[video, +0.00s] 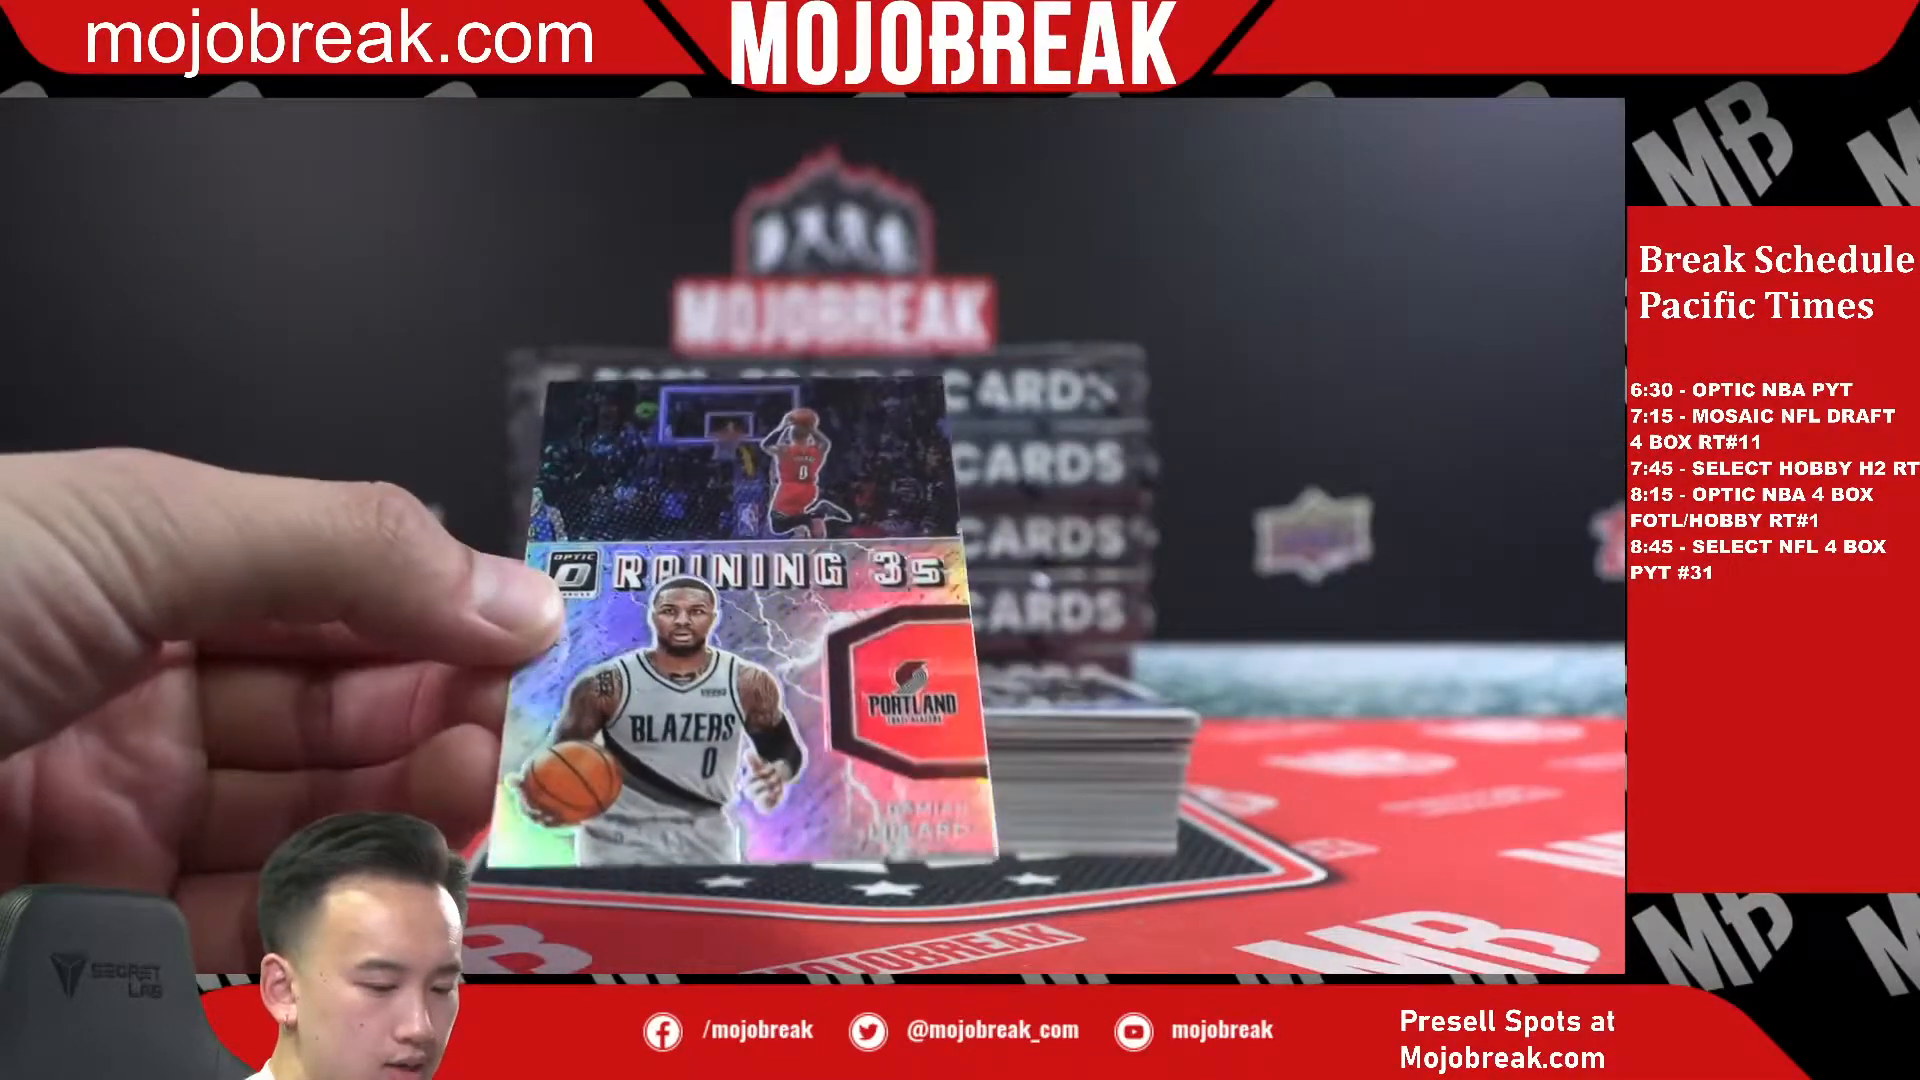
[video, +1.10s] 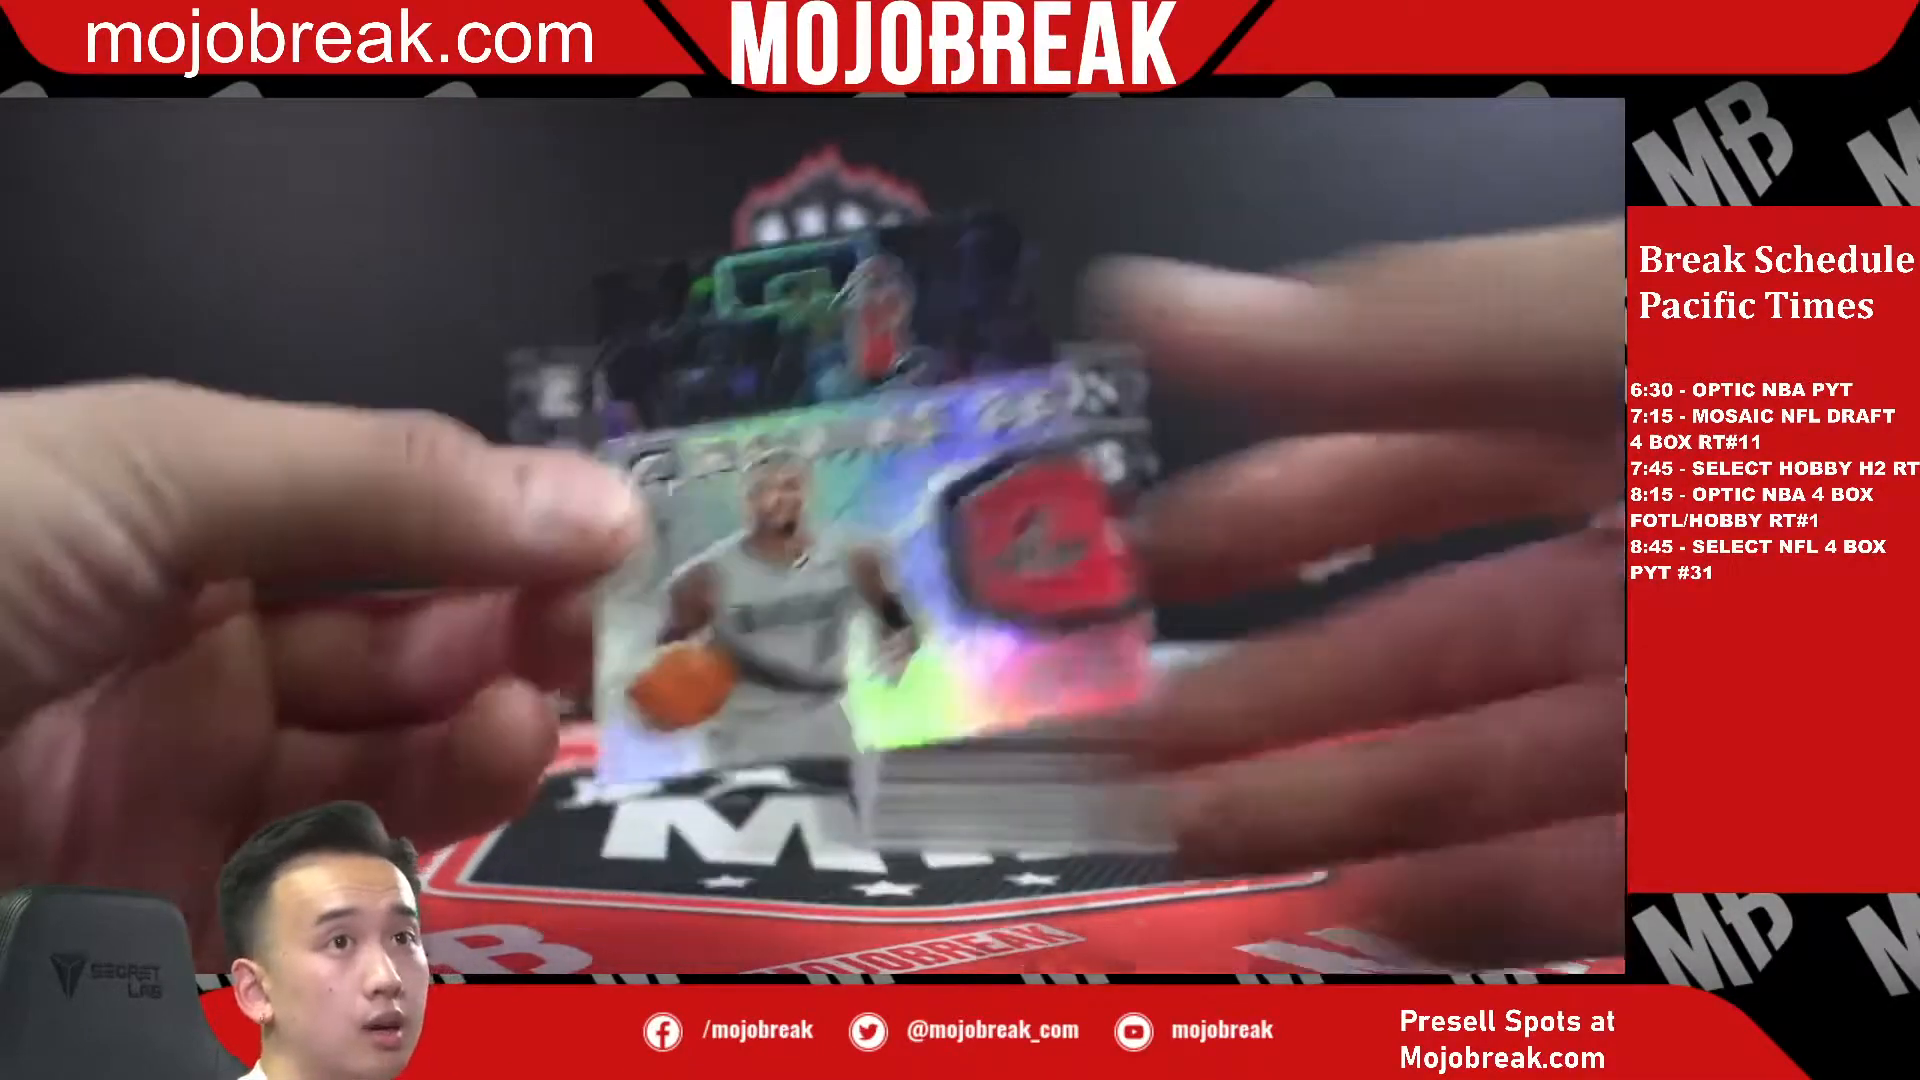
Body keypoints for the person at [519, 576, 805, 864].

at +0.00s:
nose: (682, 621)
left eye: (696, 611)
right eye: (670, 611)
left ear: (713, 619)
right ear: (652, 618)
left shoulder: (750, 684)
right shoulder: (603, 685)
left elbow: (787, 750)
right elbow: (557, 756)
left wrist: (779, 774)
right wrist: (537, 788)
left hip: (707, 839)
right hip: (619, 839)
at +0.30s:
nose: (687, 617)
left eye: (700, 605)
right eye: (673, 606)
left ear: (719, 612)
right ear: (656, 613)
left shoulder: (757, 688)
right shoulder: (613, 692)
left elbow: (797, 770)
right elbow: (580, 781)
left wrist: (789, 793)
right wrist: (565, 823)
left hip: (724, 864)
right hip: (640, 866)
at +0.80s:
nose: (711, 648)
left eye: (725, 636)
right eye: (697, 635)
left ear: (743, 645)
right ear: (677, 643)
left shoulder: (780, 726)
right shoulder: (632, 727)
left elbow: (816, 811)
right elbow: (590, 814)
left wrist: (807, 838)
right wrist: (574, 855)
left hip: (743, 904)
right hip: (661, 905)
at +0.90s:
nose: (717, 643)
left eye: (731, 631)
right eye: (704, 631)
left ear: (750, 642)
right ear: (684, 638)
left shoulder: (785, 720)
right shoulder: (641, 721)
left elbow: (824, 801)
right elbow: (598, 805)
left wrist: (817, 827)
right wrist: (584, 844)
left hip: (753, 910)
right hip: (664, 912)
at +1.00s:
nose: (735, 590)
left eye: (749, 576)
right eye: (723, 577)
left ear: (769, 581)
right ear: (708, 584)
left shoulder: (808, 657)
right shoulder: (666, 670)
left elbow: (854, 738)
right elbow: (619, 759)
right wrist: (628, 782)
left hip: (787, 856)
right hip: (701, 860)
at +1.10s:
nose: (777, 500)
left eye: (790, 486)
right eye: (763, 489)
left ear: (806, 492)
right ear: (747, 499)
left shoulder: (851, 558)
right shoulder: (703, 578)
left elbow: (897, 622)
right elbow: (670, 656)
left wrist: (898, 645)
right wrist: (661, 696)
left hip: (824, 729)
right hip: (742, 737)